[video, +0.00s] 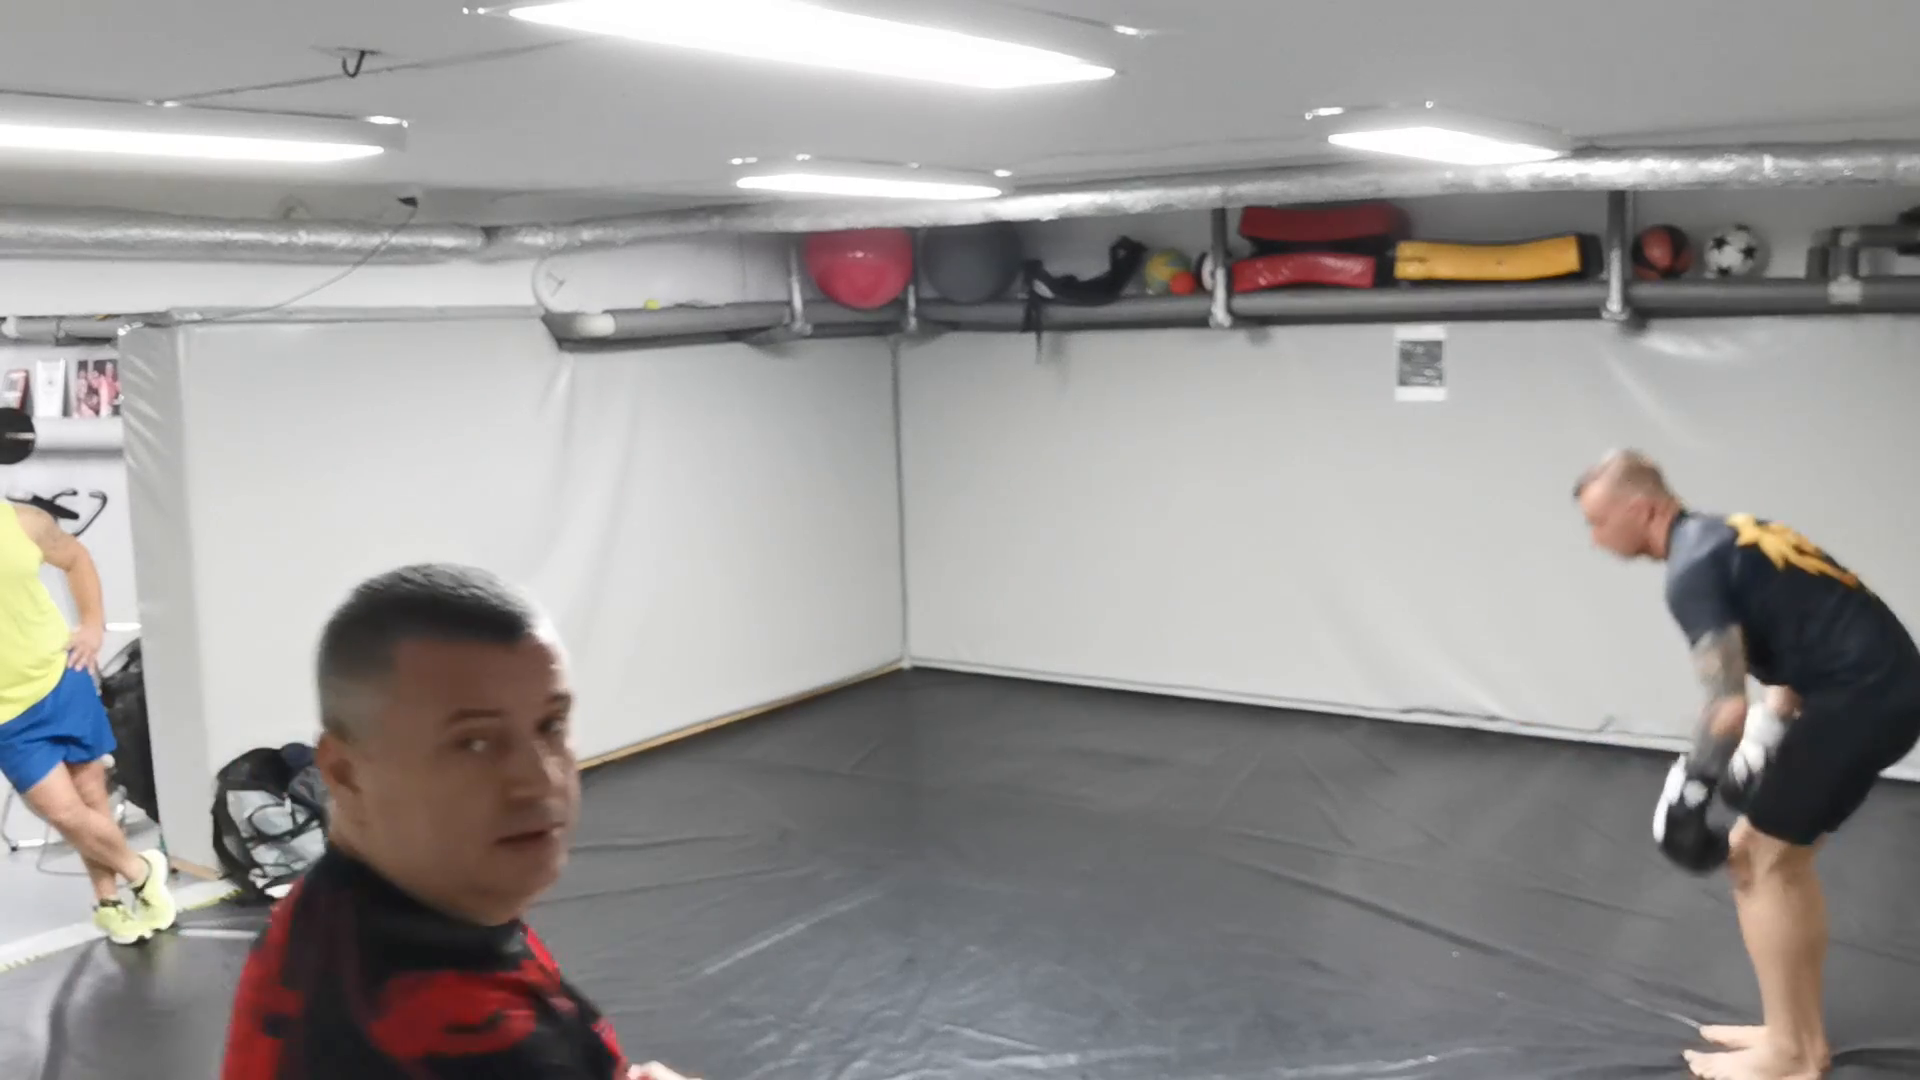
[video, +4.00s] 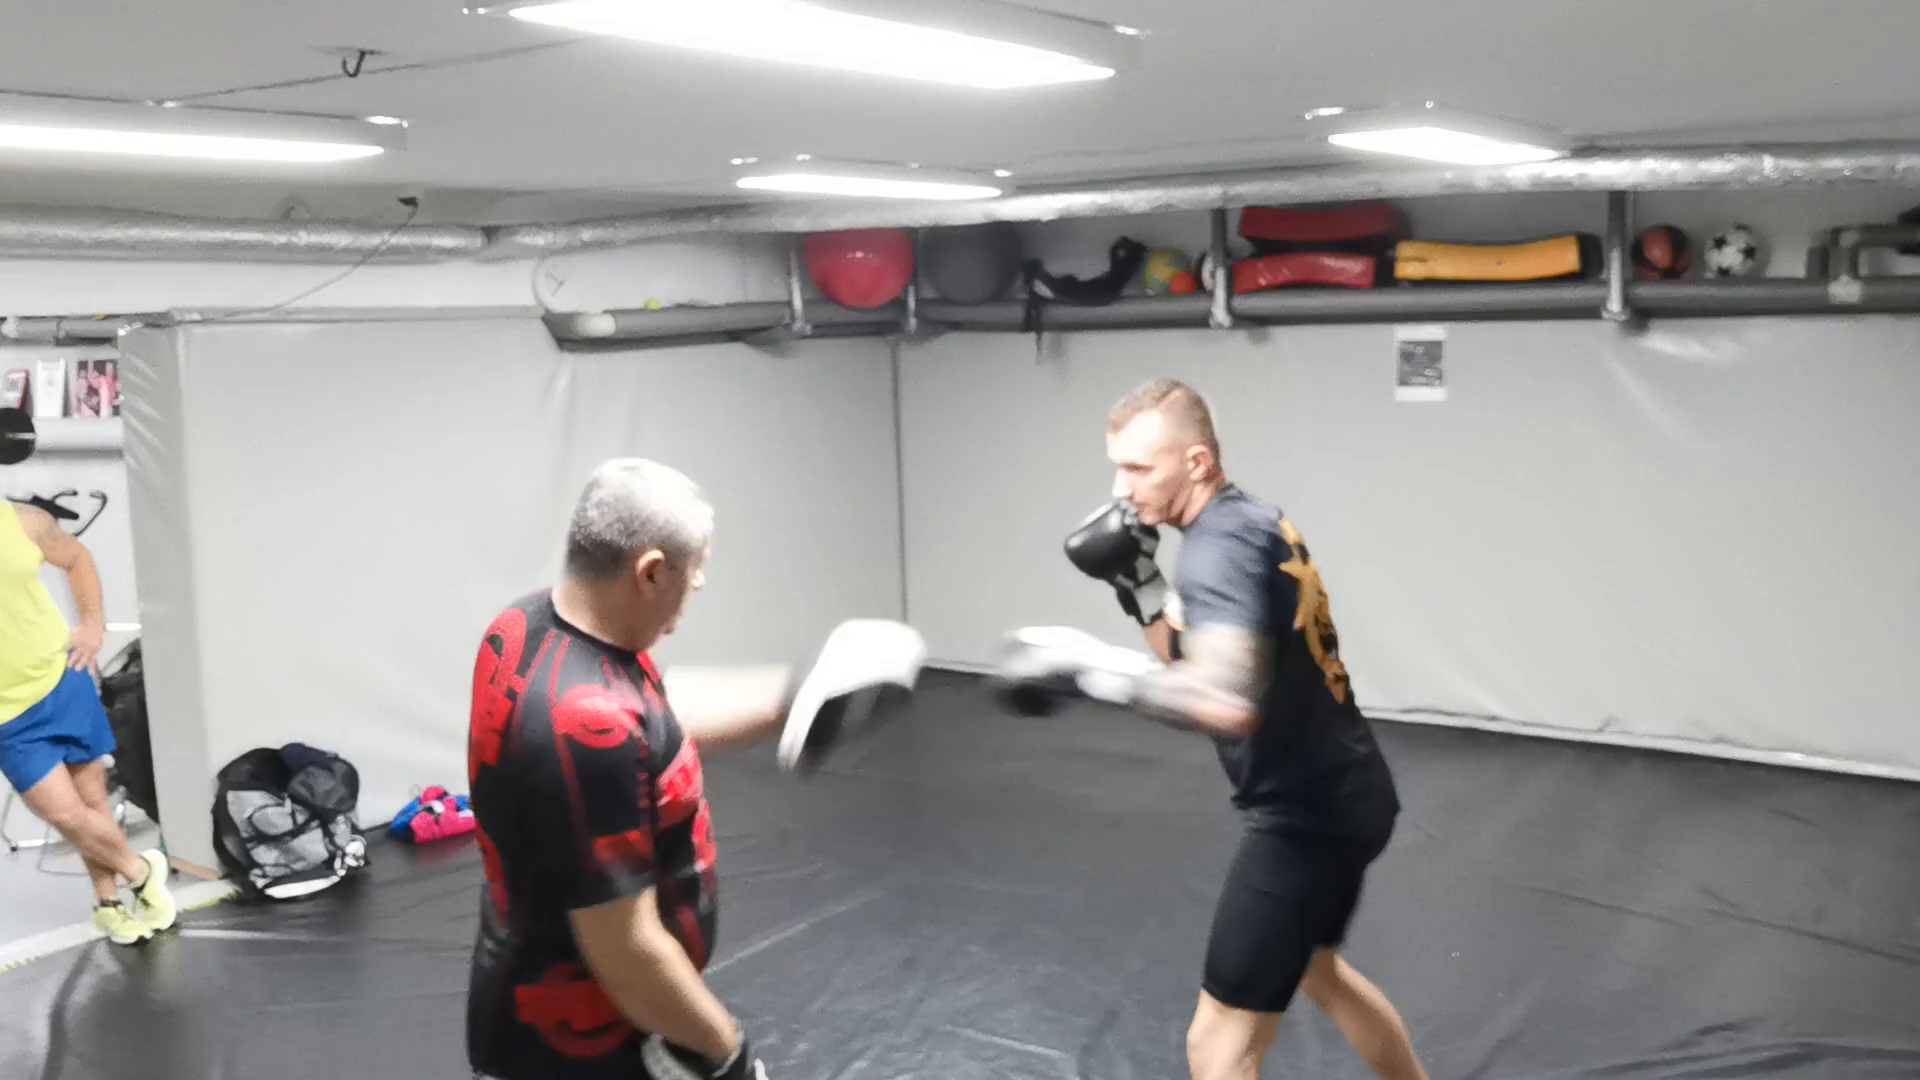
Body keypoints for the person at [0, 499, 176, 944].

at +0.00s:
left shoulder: (21, 522)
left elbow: (76, 557)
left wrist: (92, 623)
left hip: (61, 681)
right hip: (8, 714)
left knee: (91, 796)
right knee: (63, 814)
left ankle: (107, 901)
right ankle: (142, 872)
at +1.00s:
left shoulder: (23, 522)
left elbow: (76, 557)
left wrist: (92, 623)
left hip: (64, 683)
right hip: (10, 717)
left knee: (93, 803)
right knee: (65, 816)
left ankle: (113, 909)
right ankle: (147, 880)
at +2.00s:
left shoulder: (22, 523)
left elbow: (76, 558)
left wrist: (92, 623)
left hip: (63, 683)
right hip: (9, 716)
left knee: (92, 798)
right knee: (64, 816)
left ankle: (107, 901)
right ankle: (142, 872)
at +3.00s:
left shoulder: (21, 522)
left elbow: (76, 558)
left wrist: (93, 623)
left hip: (62, 682)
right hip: (7, 715)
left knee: (91, 797)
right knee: (65, 816)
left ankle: (107, 901)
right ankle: (142, 872)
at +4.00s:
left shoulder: (21, 522)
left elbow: (76, 557)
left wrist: (92, 622)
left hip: (62, 682)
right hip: (8, 715)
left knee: (92, 798)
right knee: (66, 817)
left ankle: (108, 902)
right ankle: (142, 872)